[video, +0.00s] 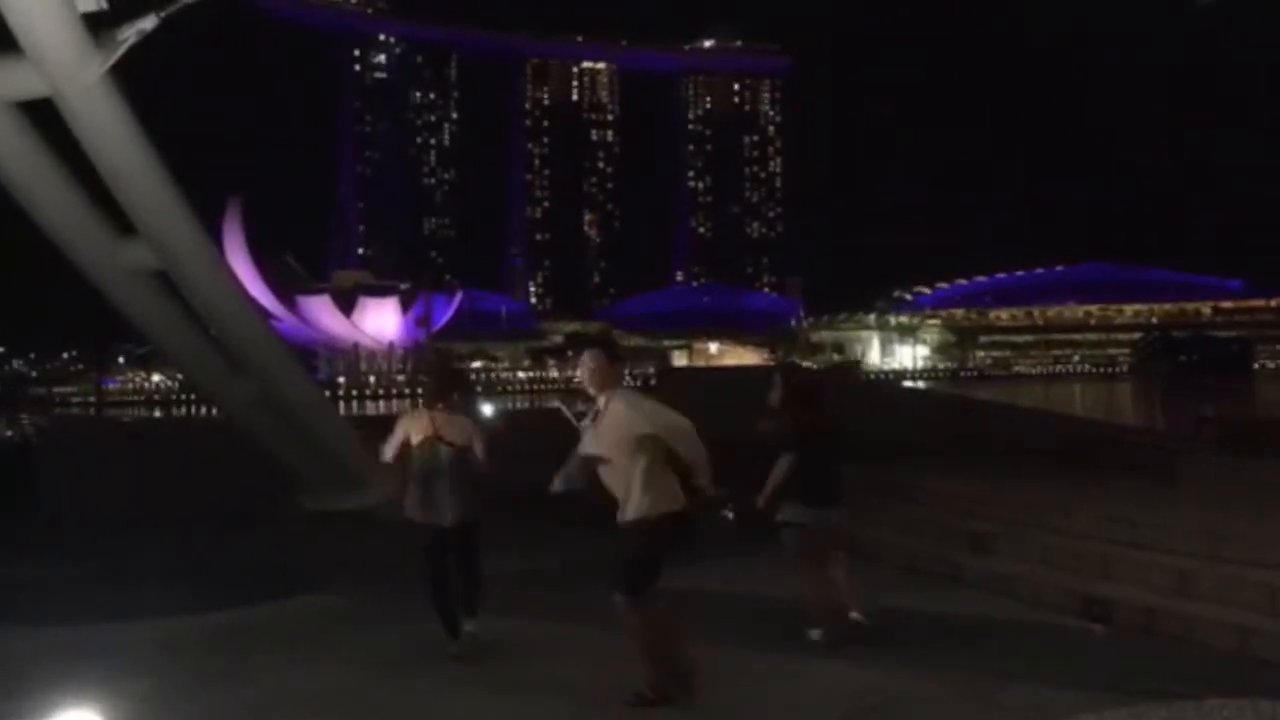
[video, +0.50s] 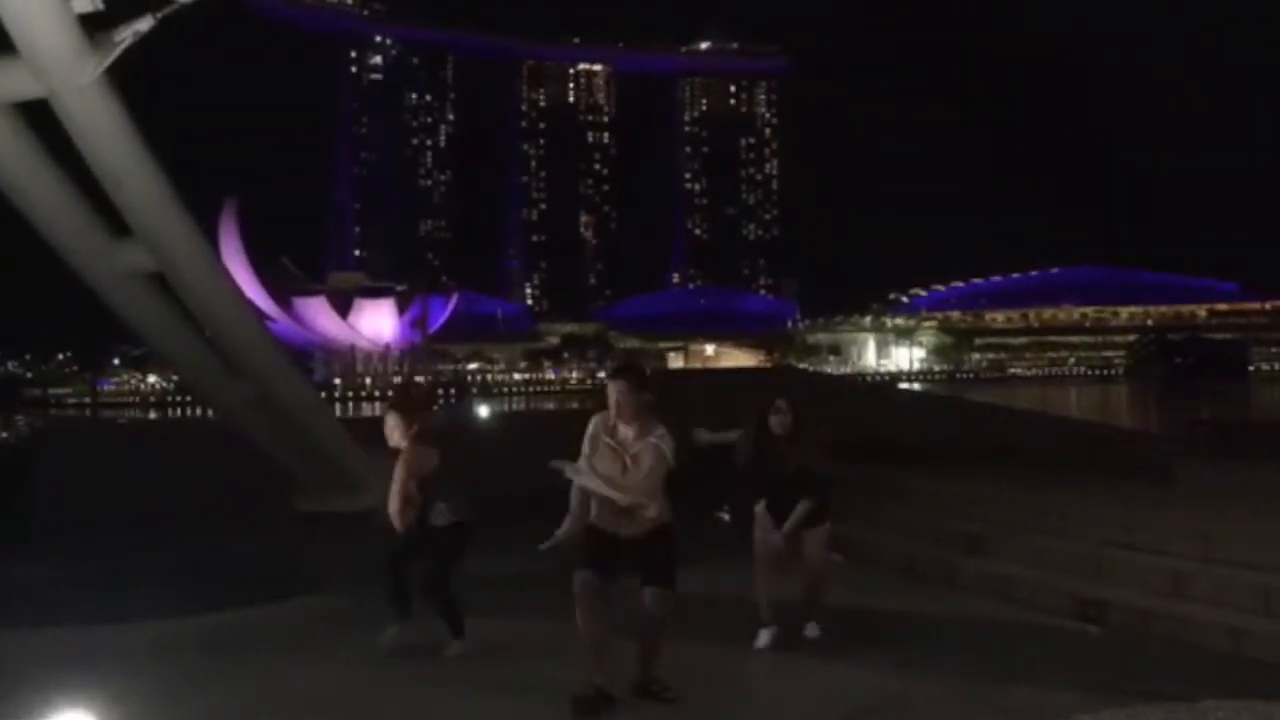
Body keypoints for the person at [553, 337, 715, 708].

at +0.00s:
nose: (585, 374)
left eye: (593, 366)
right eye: (582, 368)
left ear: (614, 368)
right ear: (581, 374)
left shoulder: (629, 404)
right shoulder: (599, 416)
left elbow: (682, 429)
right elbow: (584, 456)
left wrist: (703, 480)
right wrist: (561, 482)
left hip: (659, 511)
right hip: (635, 513)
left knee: (631, 595)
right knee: (636, 595)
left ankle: (661, 682)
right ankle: (671, 674)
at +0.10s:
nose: (598, 372)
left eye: (605, 364)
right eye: (593, 365)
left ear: (620, 370)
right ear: (587, 372)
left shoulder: (648, 409)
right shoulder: (584, 423)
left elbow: (692, 449)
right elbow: (558, 463)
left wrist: (699, 507)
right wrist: (517, 482)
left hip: (658, 515)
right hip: (618, 519)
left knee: (642, 596)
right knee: (627, 595)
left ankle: (647, 673)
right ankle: (629, 662)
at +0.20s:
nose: (613, 388)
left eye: (620, 381)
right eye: (607, 381)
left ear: (635, 388)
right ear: (599, 390)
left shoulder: (659, 434)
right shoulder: (587, 437)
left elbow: (675, 490)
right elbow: (549, 483)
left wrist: (685, 537)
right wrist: (500, 512)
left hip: (653, 541)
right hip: (607, 544)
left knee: (649, 607)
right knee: (608, 608)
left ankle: (643, 675)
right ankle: (612, 662)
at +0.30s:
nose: (629, 396)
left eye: (636, 389)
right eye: (623, 388)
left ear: (649, 395)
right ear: (613, 393)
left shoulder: (662, 443)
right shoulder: (594, 437)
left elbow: (657, 506)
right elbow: (558, 481)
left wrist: (644, 556)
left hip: (646, 541)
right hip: (602, 543)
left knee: (652, 606)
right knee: (602, 607)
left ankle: (643, 675)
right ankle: (606, 661)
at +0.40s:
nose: (628, 400)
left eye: (636, 393)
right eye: (623, 393)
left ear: (648, 397)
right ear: (613, 396)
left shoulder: (662, 442)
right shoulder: (596, 436)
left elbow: (651, 503)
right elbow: (570, 480)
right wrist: (584, 531)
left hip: (651, 529)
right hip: (606, 530)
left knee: (661, 598)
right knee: (597, 595)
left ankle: (645, 673)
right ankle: (602, 658)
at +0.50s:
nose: (615, 403)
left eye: (623, 396)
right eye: (611, 395)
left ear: (642, 398)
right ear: (606, 396)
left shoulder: (657, 441)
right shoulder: (599, 425)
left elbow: (636, 493)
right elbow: (585, 475)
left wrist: (583, 475)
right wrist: (571, 523)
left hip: (648, 529)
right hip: (604, 526)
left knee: (656, 601)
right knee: (585, 587)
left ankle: (647, 678)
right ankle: (599, 683)